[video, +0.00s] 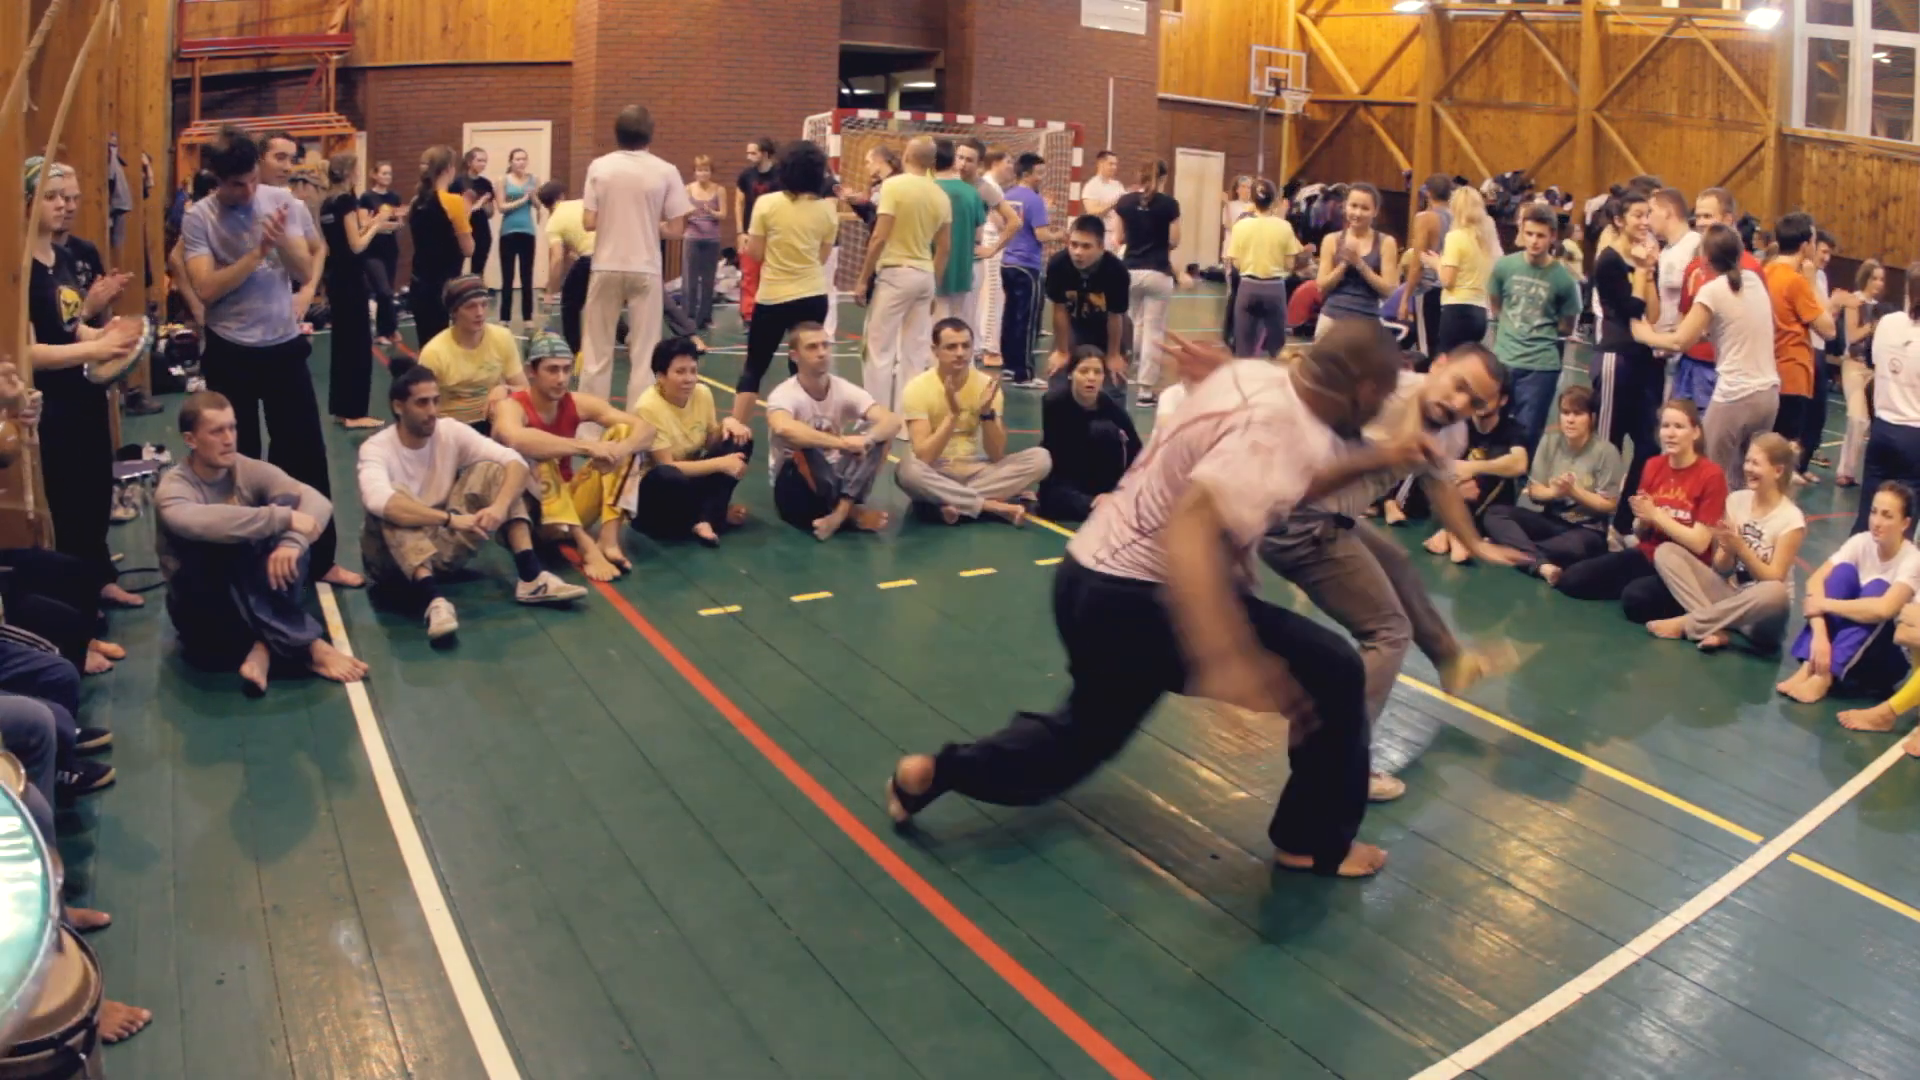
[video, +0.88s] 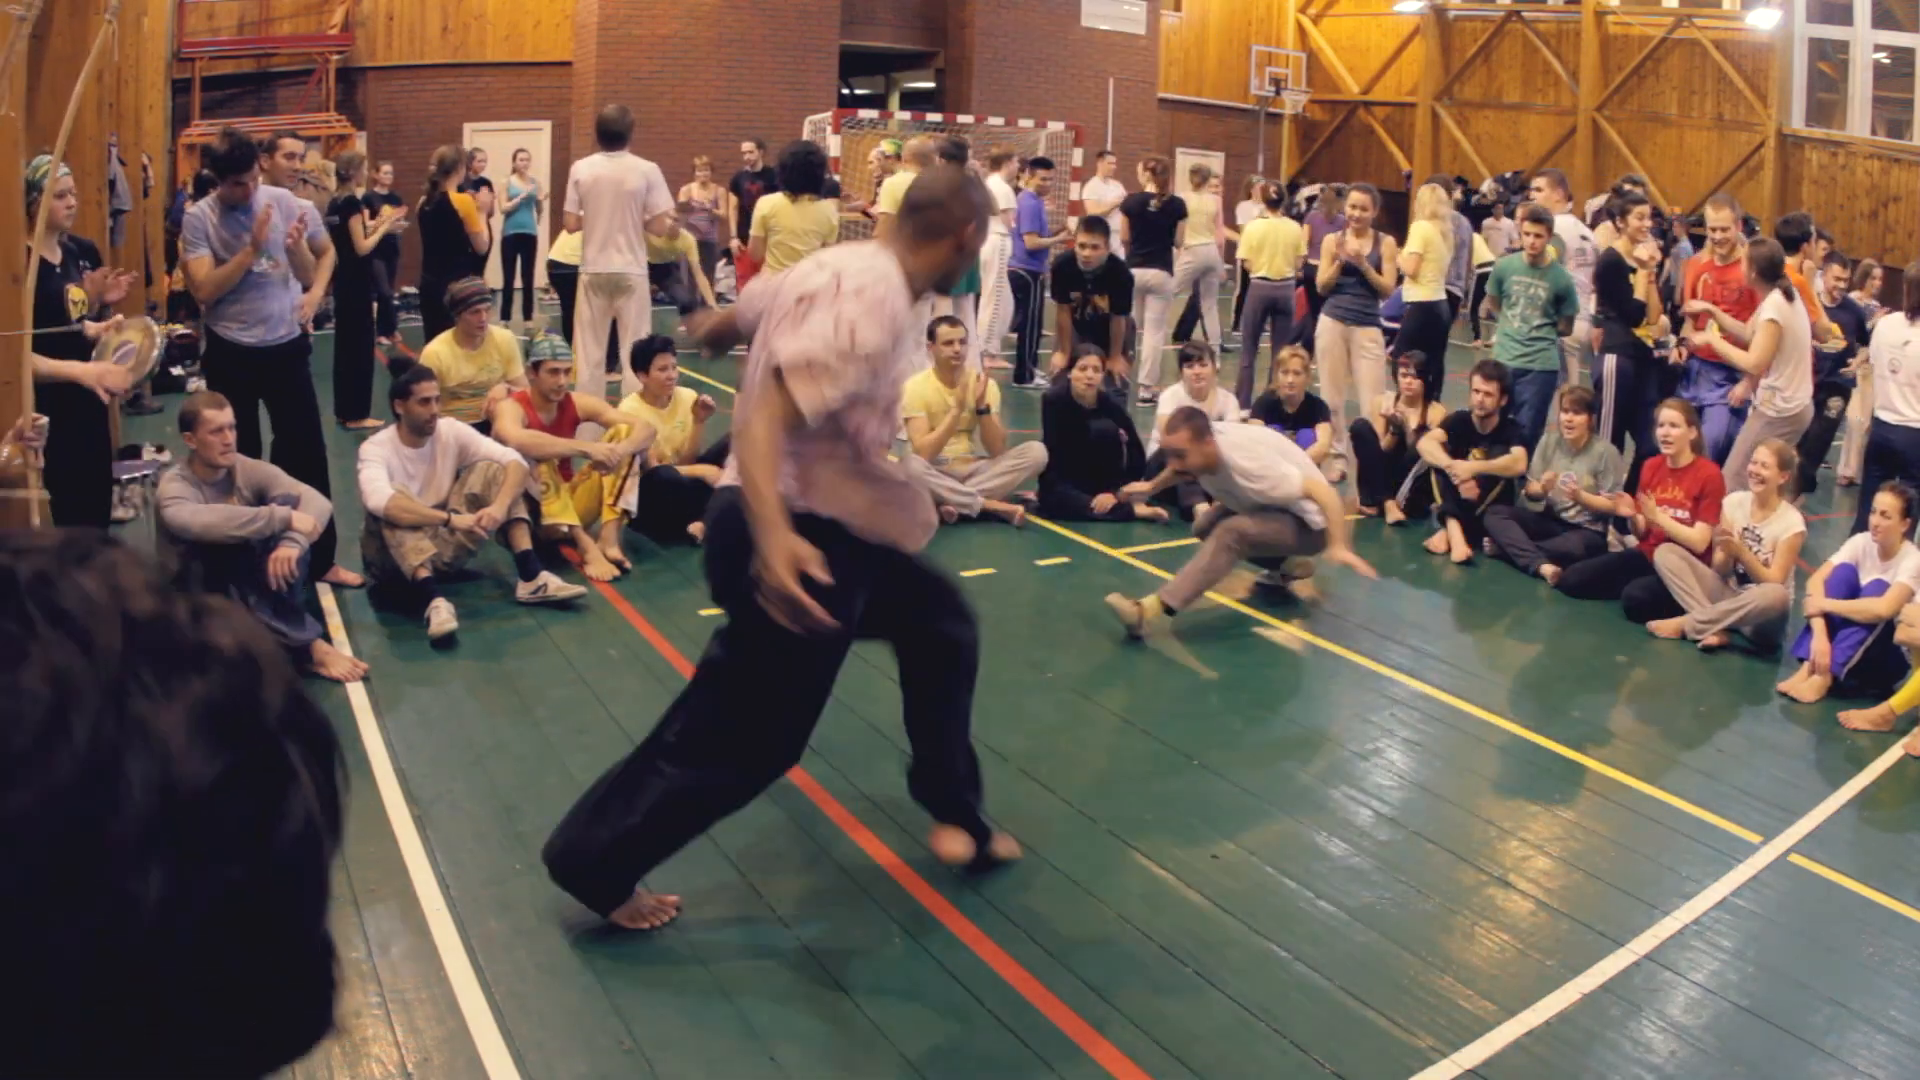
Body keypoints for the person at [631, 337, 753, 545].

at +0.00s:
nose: (689, 379)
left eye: (693, 371)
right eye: (680, 372)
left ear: (698, 372)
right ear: (660, 376)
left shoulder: (702, 393)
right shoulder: (648, 407)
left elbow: (712, 442)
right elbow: (666, 466)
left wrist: (727, 423)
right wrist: (720, 464)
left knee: (740, 440)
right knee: (663, 475)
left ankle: (706, 520)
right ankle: (718, 515)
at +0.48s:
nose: (673, 379)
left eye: (676, 371)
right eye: (664, 372)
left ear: (679, 370)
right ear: (643, 376)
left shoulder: (676, 393)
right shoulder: (632, 409)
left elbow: (695, 441)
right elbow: (659, 468)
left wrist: (713, 421)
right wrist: (715, 480)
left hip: (678, 474)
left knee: (733, 438)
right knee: (665, 481)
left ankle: (707, 517)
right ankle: (722, 515)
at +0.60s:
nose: (669, 378)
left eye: (672, 370)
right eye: (660, 372)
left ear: (676, 367)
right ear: (639, 376)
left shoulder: (676, 389)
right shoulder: (629, 411)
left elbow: (690, 423)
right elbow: (656, 465)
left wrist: (716, 424)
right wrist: (705, 478)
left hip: (682, 461)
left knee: (735, 438)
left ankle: (703, 520)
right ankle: (723, 517)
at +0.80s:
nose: (669, 376)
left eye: (672, 368)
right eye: (660, 371)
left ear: (676, 365)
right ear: (640, 375)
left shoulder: (687, 394)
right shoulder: (629, 410)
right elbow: (651, 466)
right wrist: (691, 475)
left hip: (690, 472)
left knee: (738, 439)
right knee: (664, 477)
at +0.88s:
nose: (671, 375)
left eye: (674, 367)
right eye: (662, 370)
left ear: (678, 367)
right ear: (642, 376)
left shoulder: (688, 398)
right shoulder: (629, 411)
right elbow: (650, 470)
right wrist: (700, 471)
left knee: (735, 441)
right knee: (663, 476)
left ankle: (705, 521)